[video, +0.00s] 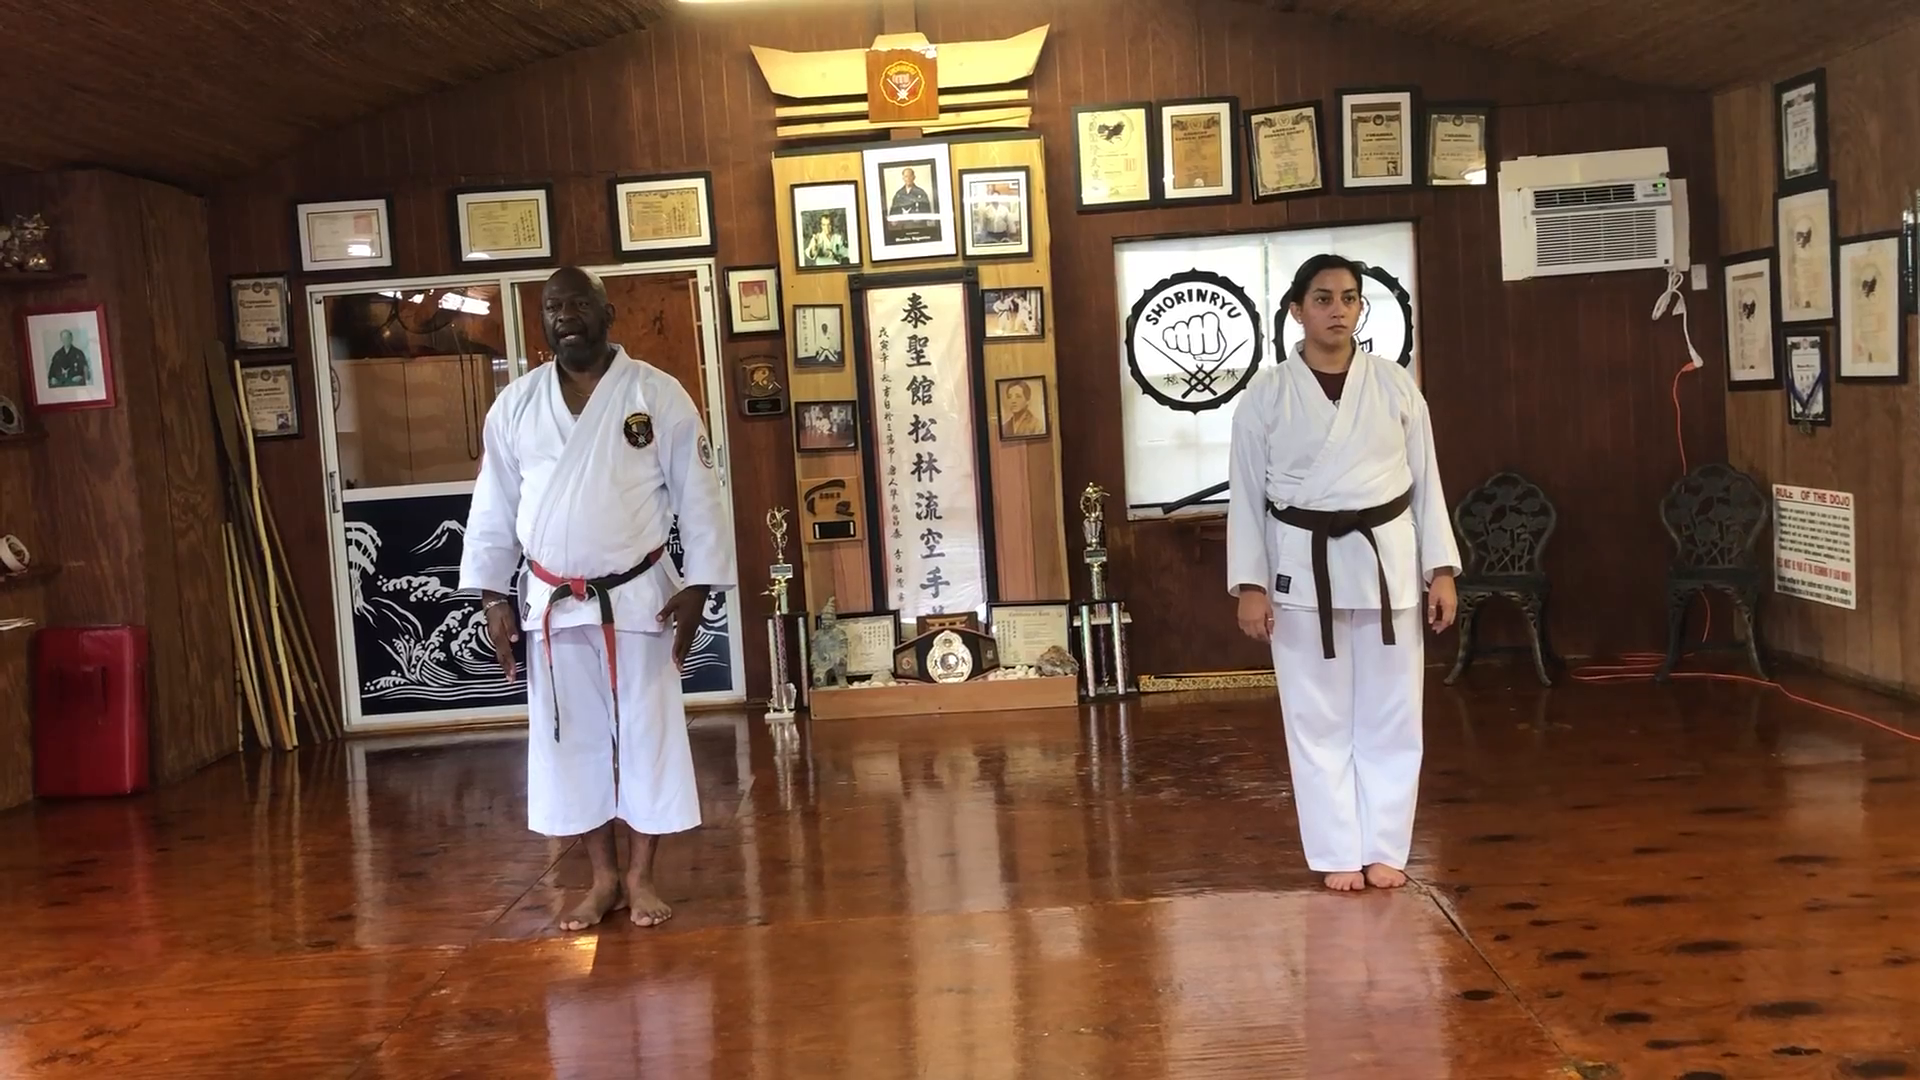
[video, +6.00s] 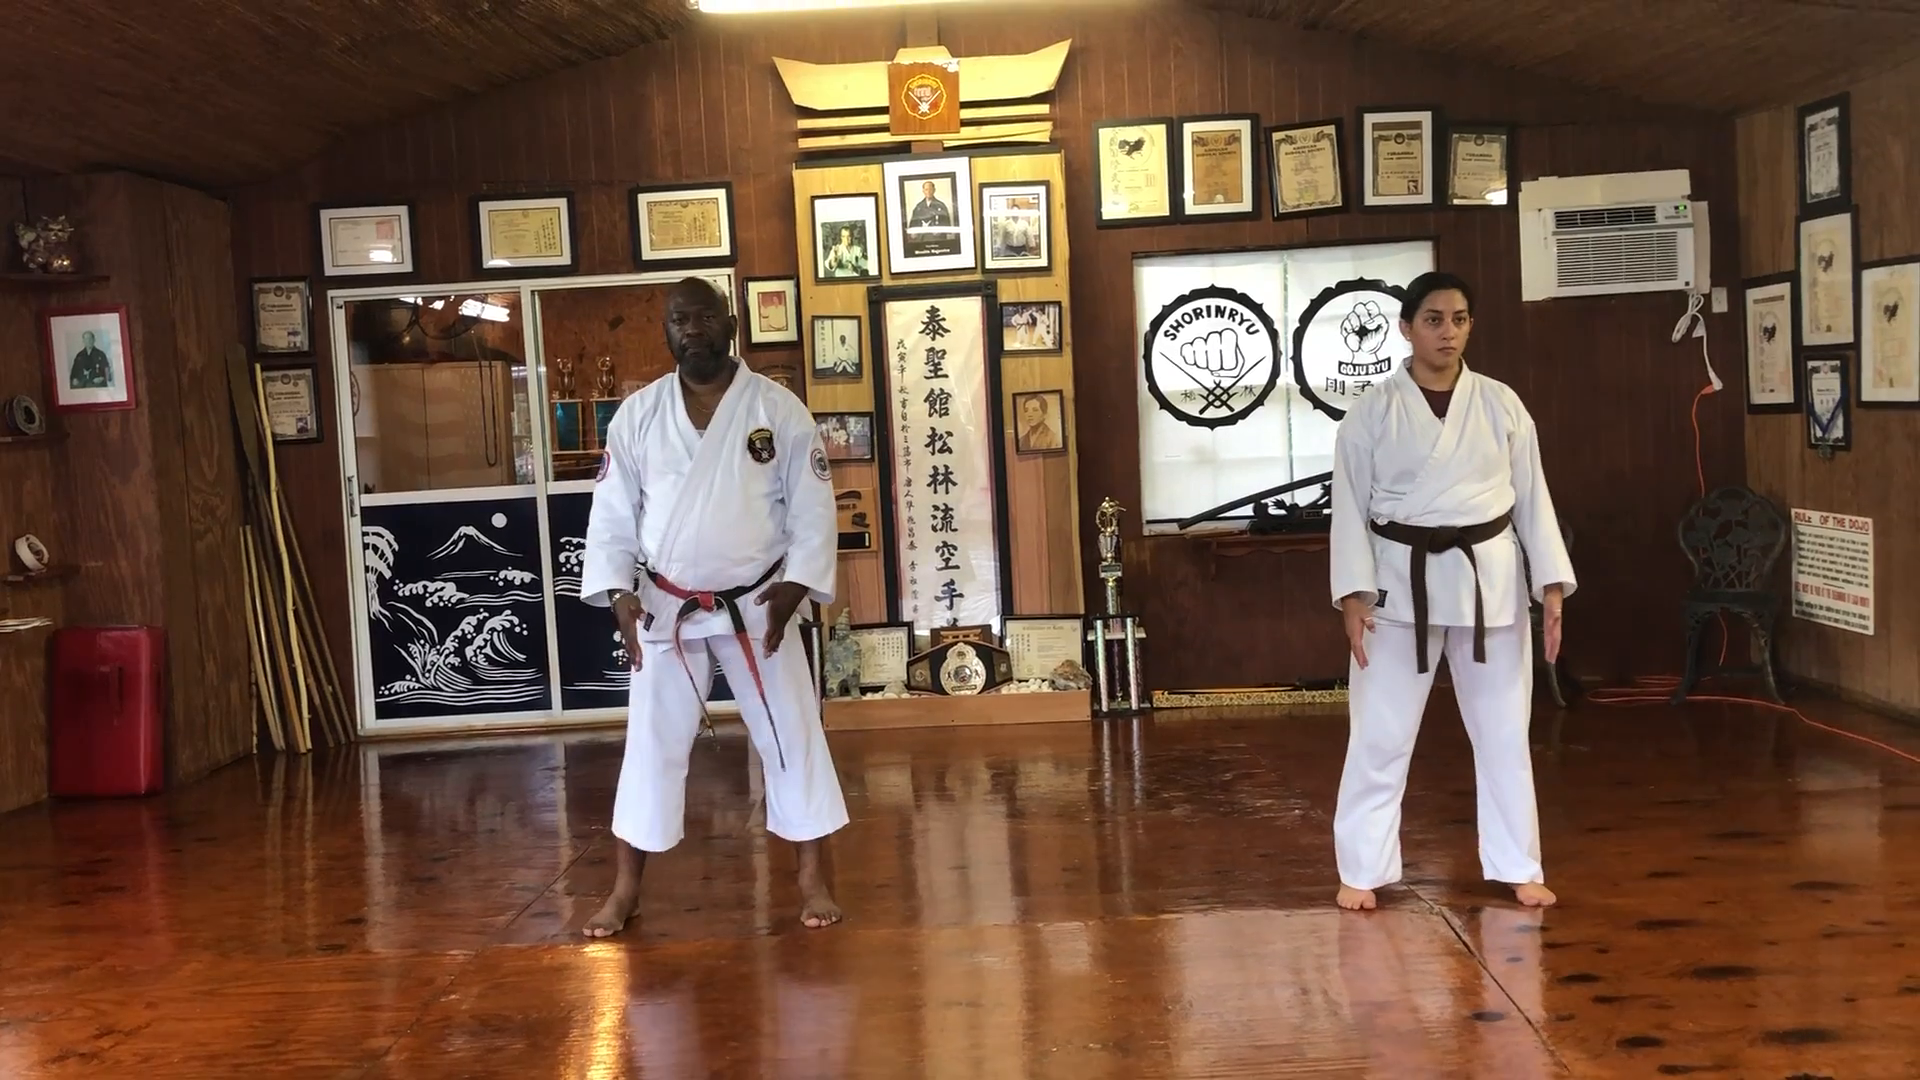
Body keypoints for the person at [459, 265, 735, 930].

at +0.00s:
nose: (565, 319)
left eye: (576, 307)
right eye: (554, 311)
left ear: (607, 315)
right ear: (541, 325)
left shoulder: (657, 395)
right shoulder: (514, 406)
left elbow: (697, 495)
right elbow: (494, 507)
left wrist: (700, 586)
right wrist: (493, 600)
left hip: (638, 590)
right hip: (552, 597)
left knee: (644, 731)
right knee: (572, 733)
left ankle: (639, 876)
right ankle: (601, 877)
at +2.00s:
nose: (587, 321)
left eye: (600, 309)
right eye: (577, 311)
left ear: (629, 317)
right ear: (563, 325)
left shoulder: (678, 398)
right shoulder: (536, 407)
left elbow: (717, 499)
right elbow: (516, 506)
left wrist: (716, 591)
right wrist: (513, 598)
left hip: (655, 591)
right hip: (570, 597)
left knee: (659, 733)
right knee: (588, 734)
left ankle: (651, 876)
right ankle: (615, 878)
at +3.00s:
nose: (560, 392)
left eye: (572, 379)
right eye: (550, 380)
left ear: (605, 367)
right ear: (540, 376)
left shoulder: (666, 420)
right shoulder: (522, 430)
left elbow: (716, 510)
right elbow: (514, 528)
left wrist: (707, 600)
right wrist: (532, 616)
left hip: (662, 608)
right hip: (577, 614)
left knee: (665, 745)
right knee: (592, 746)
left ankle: (651, 882)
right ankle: (613, 884)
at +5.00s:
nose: (583, 320)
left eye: (595, 308)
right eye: (572, 312)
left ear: (624, 319)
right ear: (558, 328)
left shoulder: (675, 398)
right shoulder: (532, 410)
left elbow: (712, 499)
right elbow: (516, 508)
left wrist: (706, 589)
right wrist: (524, 597)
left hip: (656, 590)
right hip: (572, 597)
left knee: (658, 733)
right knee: (590, 734)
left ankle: (654, 879)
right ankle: (617, 880)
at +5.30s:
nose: (592, 324)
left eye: (603, 310)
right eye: (579, 314)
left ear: (631, 316)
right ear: (566, 326)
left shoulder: (682, 394)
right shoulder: (541, 413)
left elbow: (728, 491)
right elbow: (526, 512)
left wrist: (733, 579)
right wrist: (533, 604)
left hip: (680, 585)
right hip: (591, 597)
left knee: (712, 723)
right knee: (600, 735)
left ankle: (747, 868)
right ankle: (620, 881)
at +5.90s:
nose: (693, 328)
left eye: (704, 316)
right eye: (680, 319)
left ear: (730, 323)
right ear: (664, 333)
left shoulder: (779, 406)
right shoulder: (637, 413)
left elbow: (815, 502)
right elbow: (615, 507)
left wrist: (797, 576)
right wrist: (619, 586)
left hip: (761, 594)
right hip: (668, 599)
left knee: (794, 734)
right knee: (651, 743)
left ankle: (815, 877)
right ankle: (626, 888)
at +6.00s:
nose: (696, 330)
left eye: (707, 318)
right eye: (682, 321)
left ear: (731, 326)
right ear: (665, 335)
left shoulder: (777, 408)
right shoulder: (637, 415)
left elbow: (812, 505)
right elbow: (613, 509)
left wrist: (796, 580)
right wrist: (617, 587)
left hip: (759, 598)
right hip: (666, 603)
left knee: (793, 736)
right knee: (649, 745)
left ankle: (814, 879)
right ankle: (624, 891)